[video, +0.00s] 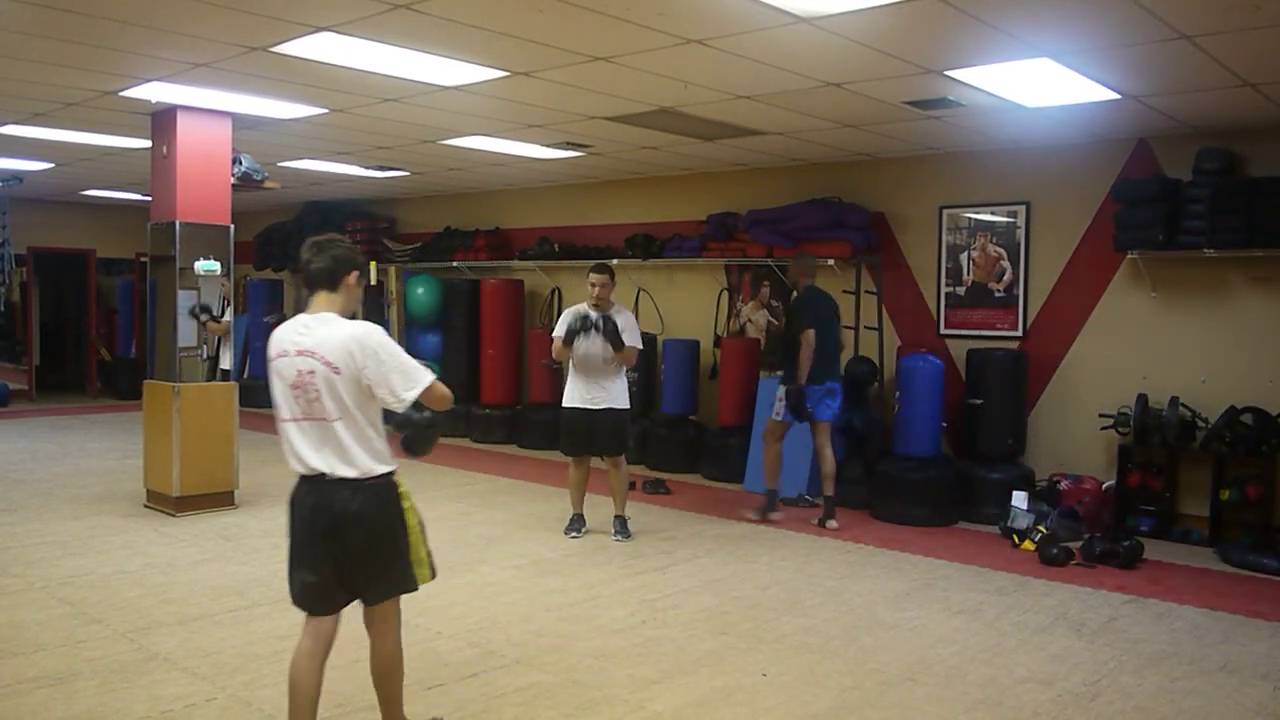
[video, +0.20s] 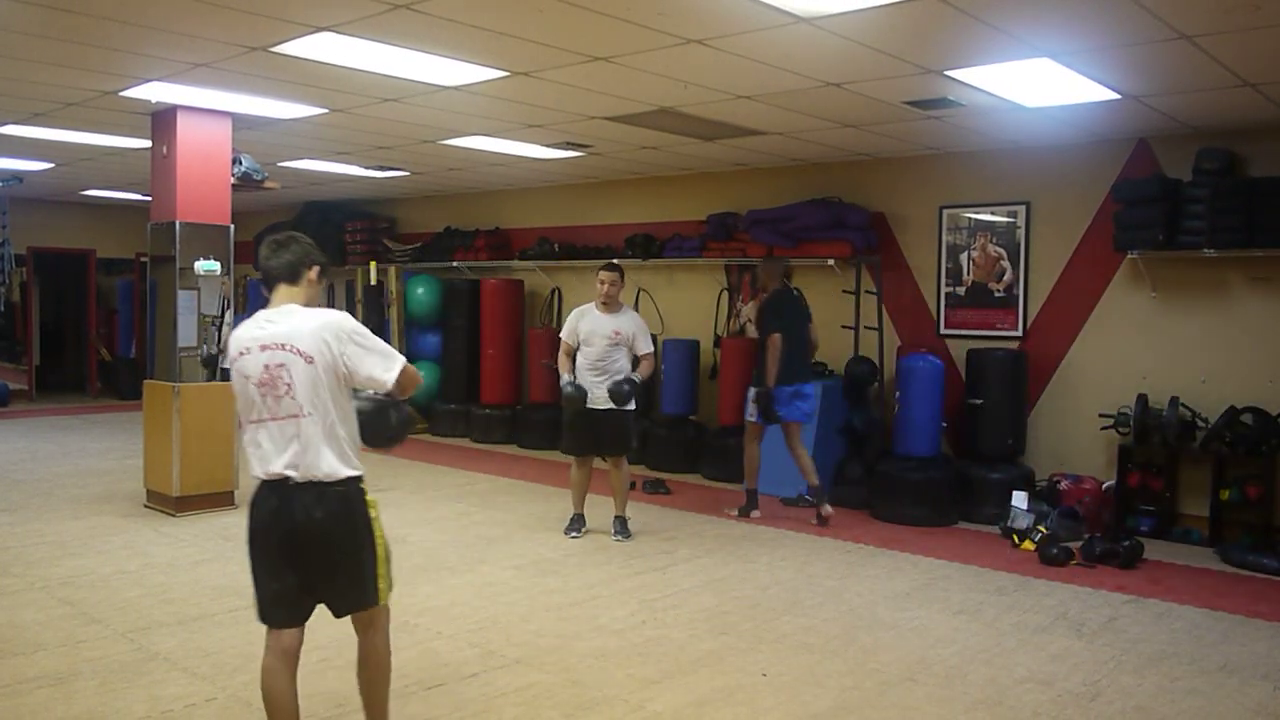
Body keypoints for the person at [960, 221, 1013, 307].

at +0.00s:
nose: (983, 240)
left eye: (986, 236)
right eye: (980, 236)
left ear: (990, 237)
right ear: (976, 237)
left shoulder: (999, 252)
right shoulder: (971, 253)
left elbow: (1009, 271)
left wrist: (1001, 286)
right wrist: (967, 277)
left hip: (990, 287)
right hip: (974, 286)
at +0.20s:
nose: (982, 241)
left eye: (986, 237)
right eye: (980, 236)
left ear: (990, 237)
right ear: (976, 237)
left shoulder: (999, 253)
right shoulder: (970, 253)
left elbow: (1009, 272)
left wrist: (1000, 286)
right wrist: (967, 277)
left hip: (990, 288)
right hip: (974, 286)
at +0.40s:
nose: (982, 240)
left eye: (986, 236)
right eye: (979, 236)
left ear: (990, 237)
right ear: (976, 237)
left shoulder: (999, 252)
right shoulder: (971, 252)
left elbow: (1009, 272)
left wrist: (1000, 286)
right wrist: (967, 277)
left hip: (990, 287)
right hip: (974, 286)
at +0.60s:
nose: (982, 241)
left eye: (986, 236)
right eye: (979, 236)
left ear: (990, 237)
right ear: (975, 237)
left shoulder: (999, 253)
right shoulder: (971, 252)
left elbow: (1009, 272)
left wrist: (1000, 286)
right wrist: (967, 277)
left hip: (989, 287)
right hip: (974, 286)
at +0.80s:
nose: (982, 241)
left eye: (986, 237)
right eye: (979, 236)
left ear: (990, 237)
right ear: (976, 237)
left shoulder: (999, 253)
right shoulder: (971, 252)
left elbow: (1009, 272)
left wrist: (1000, 286)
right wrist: (967, 278)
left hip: (989, 287)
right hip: (974, 286)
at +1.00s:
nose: (982, 241)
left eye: (986, 237)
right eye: (979, 236)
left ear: (990, 237)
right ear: (976, 237)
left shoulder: (999, 253)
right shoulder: (971, 252)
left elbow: (1009, 272)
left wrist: (1000, 286)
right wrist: (967, 278)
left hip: (989, 287)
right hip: (974, 286)